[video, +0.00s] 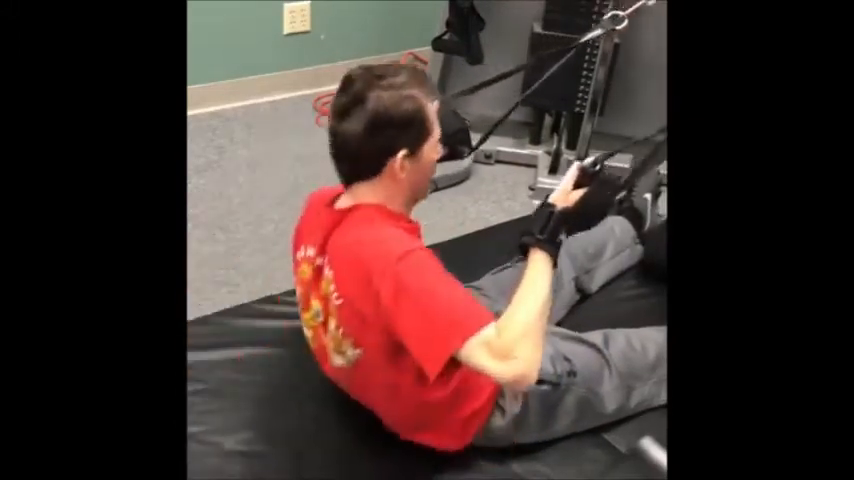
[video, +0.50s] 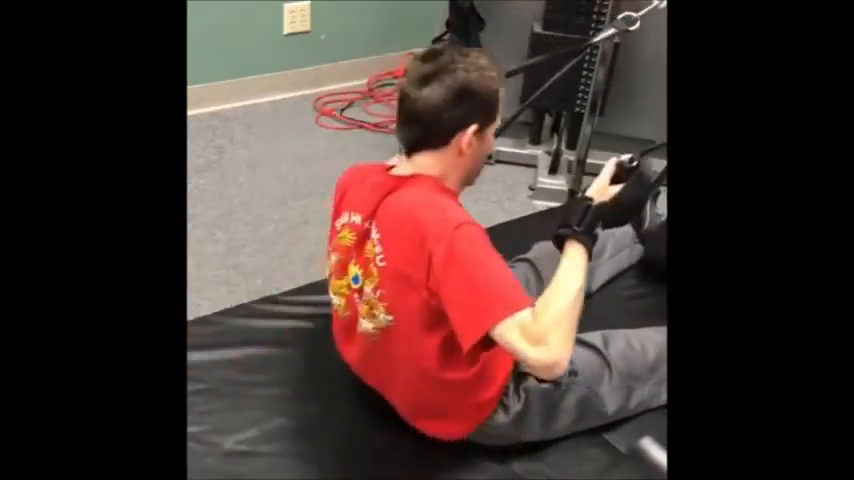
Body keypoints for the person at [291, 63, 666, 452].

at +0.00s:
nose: (442, 152)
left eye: (439, 138)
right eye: (435, 142)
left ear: (346, 151)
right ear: (400, 164)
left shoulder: (321, 208)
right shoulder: (394, 260)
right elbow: (515, 362)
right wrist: (546, 237)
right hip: (479, 397)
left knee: (563, 257)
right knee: (657, 354)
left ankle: (635, 218)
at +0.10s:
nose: (455, 148)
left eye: (453, 136)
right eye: (450, 137)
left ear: (364, 140)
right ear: (416, 154)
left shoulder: (331, 199)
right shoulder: (407, 248)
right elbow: (523, 356)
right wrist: (553, 229)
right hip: (484, 401)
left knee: (563, 259)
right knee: (661, 349)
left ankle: (637, 222)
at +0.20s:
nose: (472, 145)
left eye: (472, 132)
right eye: (469, 133)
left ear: (384, 133)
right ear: (437, 147)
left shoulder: (343, 190)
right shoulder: (423, 237)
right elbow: (531, 353)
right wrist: (563, 222)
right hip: (486, 401)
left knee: (563, 259)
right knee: (663, 348)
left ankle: (637, 221)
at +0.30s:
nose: (480, 143)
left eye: (480, 131)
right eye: (477, 132)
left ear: (393, 130)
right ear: (446, 144)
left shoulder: (348, 187)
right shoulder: (432, 234)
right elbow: (536, 353)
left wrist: (569, 207)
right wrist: (567, 228)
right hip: (486, 400)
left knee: (559, 260)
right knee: (664, 350)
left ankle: (638, 224)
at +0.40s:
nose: (486, 147)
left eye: (488, 133)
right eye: (485, 134)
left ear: (401, 127)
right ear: (458, 141)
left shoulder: (353, 184)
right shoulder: (443, 232)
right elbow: (542, 354)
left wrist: (584, 208)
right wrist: (575, 231)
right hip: (486, 401)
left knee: (570, 249)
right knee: (665, 350)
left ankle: (642, 221)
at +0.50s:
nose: (493, 146)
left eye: (496, 132)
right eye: (494, 133)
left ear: (407, 122)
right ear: (467, 139)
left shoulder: (355, 182)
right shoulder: (448, 231)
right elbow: (547, 355)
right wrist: (580, 229)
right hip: (485, 402)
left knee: (577, 246)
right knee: (665, 350)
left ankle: (643, 227)